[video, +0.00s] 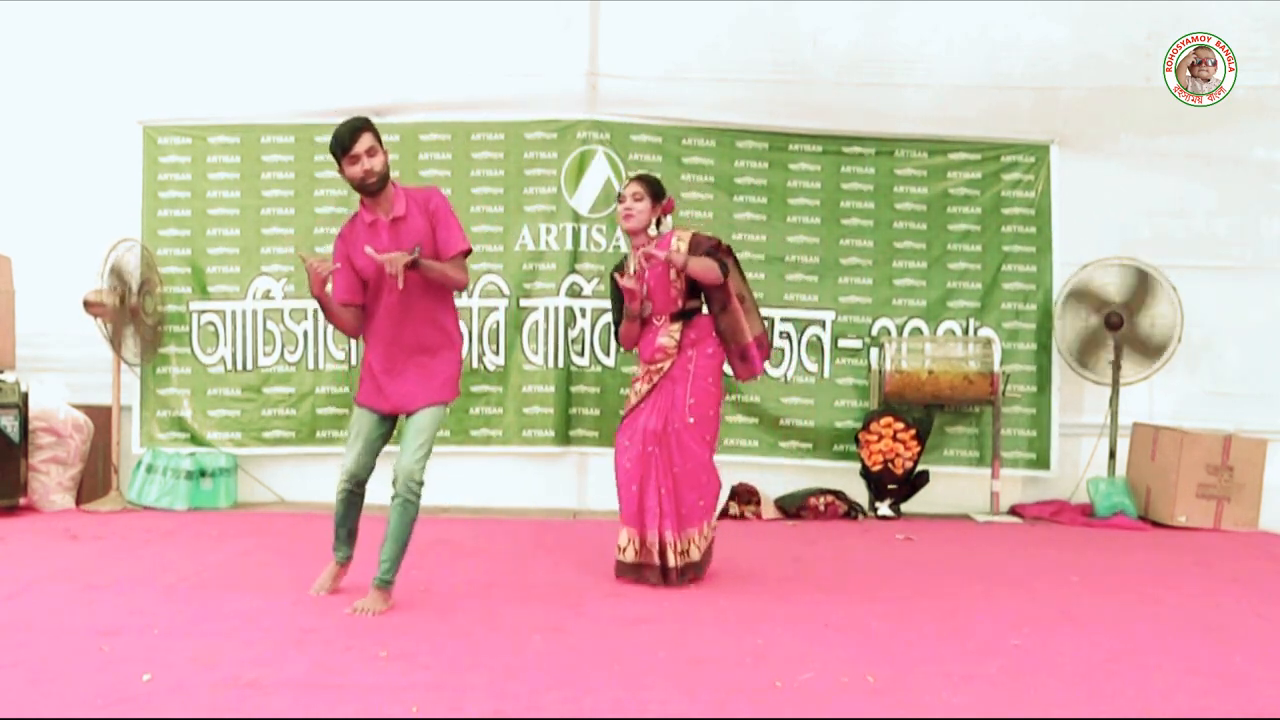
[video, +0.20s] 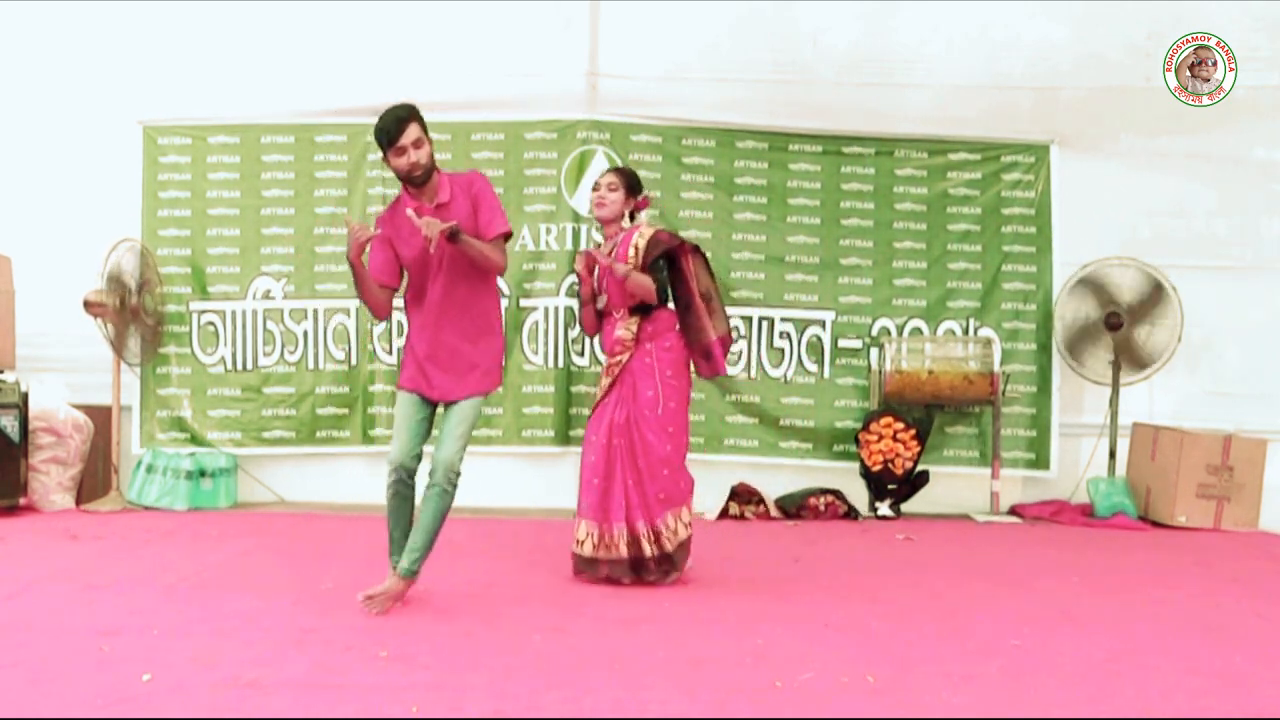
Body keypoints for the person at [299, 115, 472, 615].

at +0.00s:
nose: (367, 165)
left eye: (372, 152)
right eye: (354, 160)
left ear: (386, 152)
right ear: (343, 172)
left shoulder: (429, 202)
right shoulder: (350, 236)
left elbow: (460, 277)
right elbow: (353, 325)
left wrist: (415, 260)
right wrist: (321, 293)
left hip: (435, 362)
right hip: (380, 365)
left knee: (408, 474)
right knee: (352, 473)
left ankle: (382, 587)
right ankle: (340, 559)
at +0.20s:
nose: (412, 158)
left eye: (417, 145)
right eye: (400, 152)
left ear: (431, 141)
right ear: (388, 160)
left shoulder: (471, 186)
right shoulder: (391, 221)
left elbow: (497, 263)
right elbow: (381, 307)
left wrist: (455, 234)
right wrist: (355, 262)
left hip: (475, 353)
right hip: (421, 353)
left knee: (444, 466)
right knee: (400, 462)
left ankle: (403, 577)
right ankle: (400, 571)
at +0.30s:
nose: (436, 157)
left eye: (441, 144)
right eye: (423, 152)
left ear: (455, 140)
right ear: (412, 160)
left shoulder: (498, 189)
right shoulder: (413, 219)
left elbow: (524, 266)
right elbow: (401, 308)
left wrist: (482, 242)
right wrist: (381, 259)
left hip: (497, 356)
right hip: (441, 357)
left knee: (482, 460)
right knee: (413, 467)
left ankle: (464, 574)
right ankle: (398, 569)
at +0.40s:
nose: (478, 155)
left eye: (483, 142)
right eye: (465, 150)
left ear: (498, 142)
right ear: (454, 162)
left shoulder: (544, 196)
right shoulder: (456, 225)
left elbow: (575, 277)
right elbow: (447, 316)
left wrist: (530, 268)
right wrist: (436, 276)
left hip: (537, 356)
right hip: (479, 358)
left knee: (534, 471)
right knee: (442, 469)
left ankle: (566, 596)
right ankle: (404, 567)